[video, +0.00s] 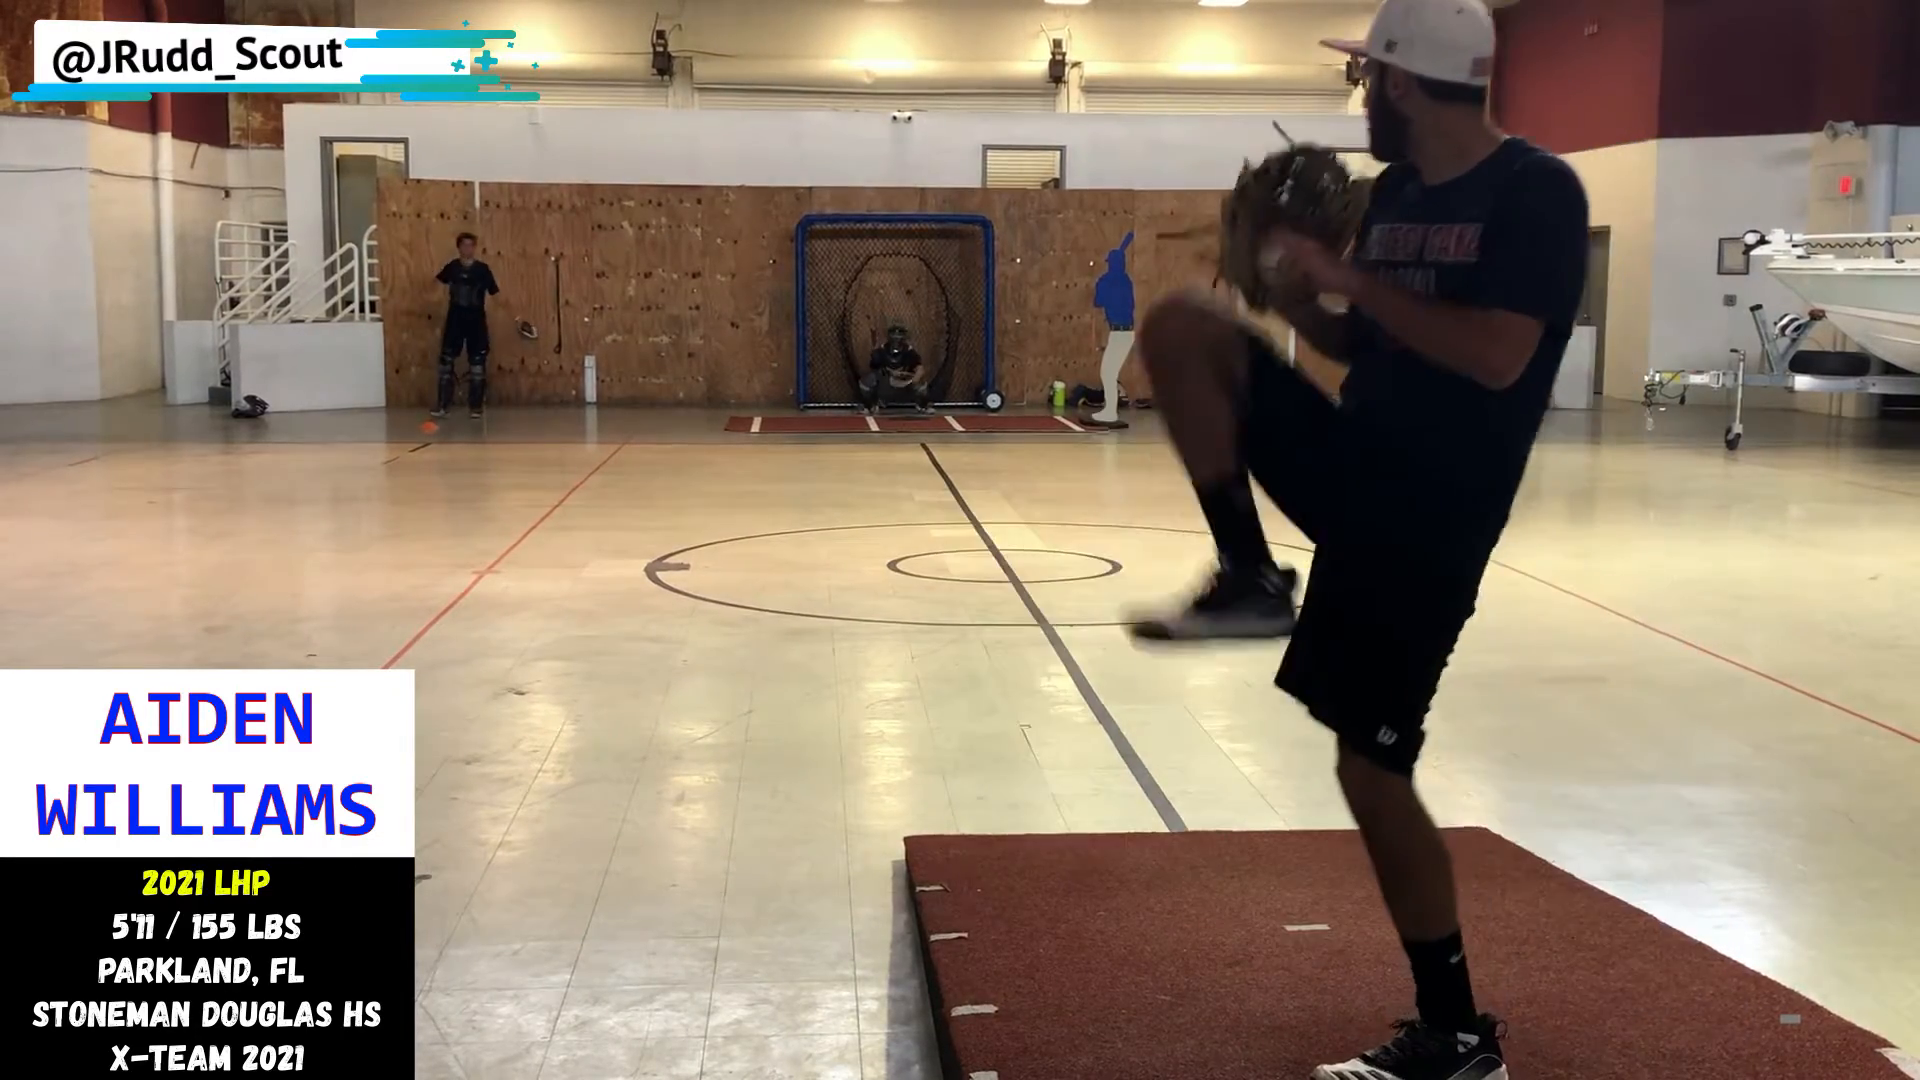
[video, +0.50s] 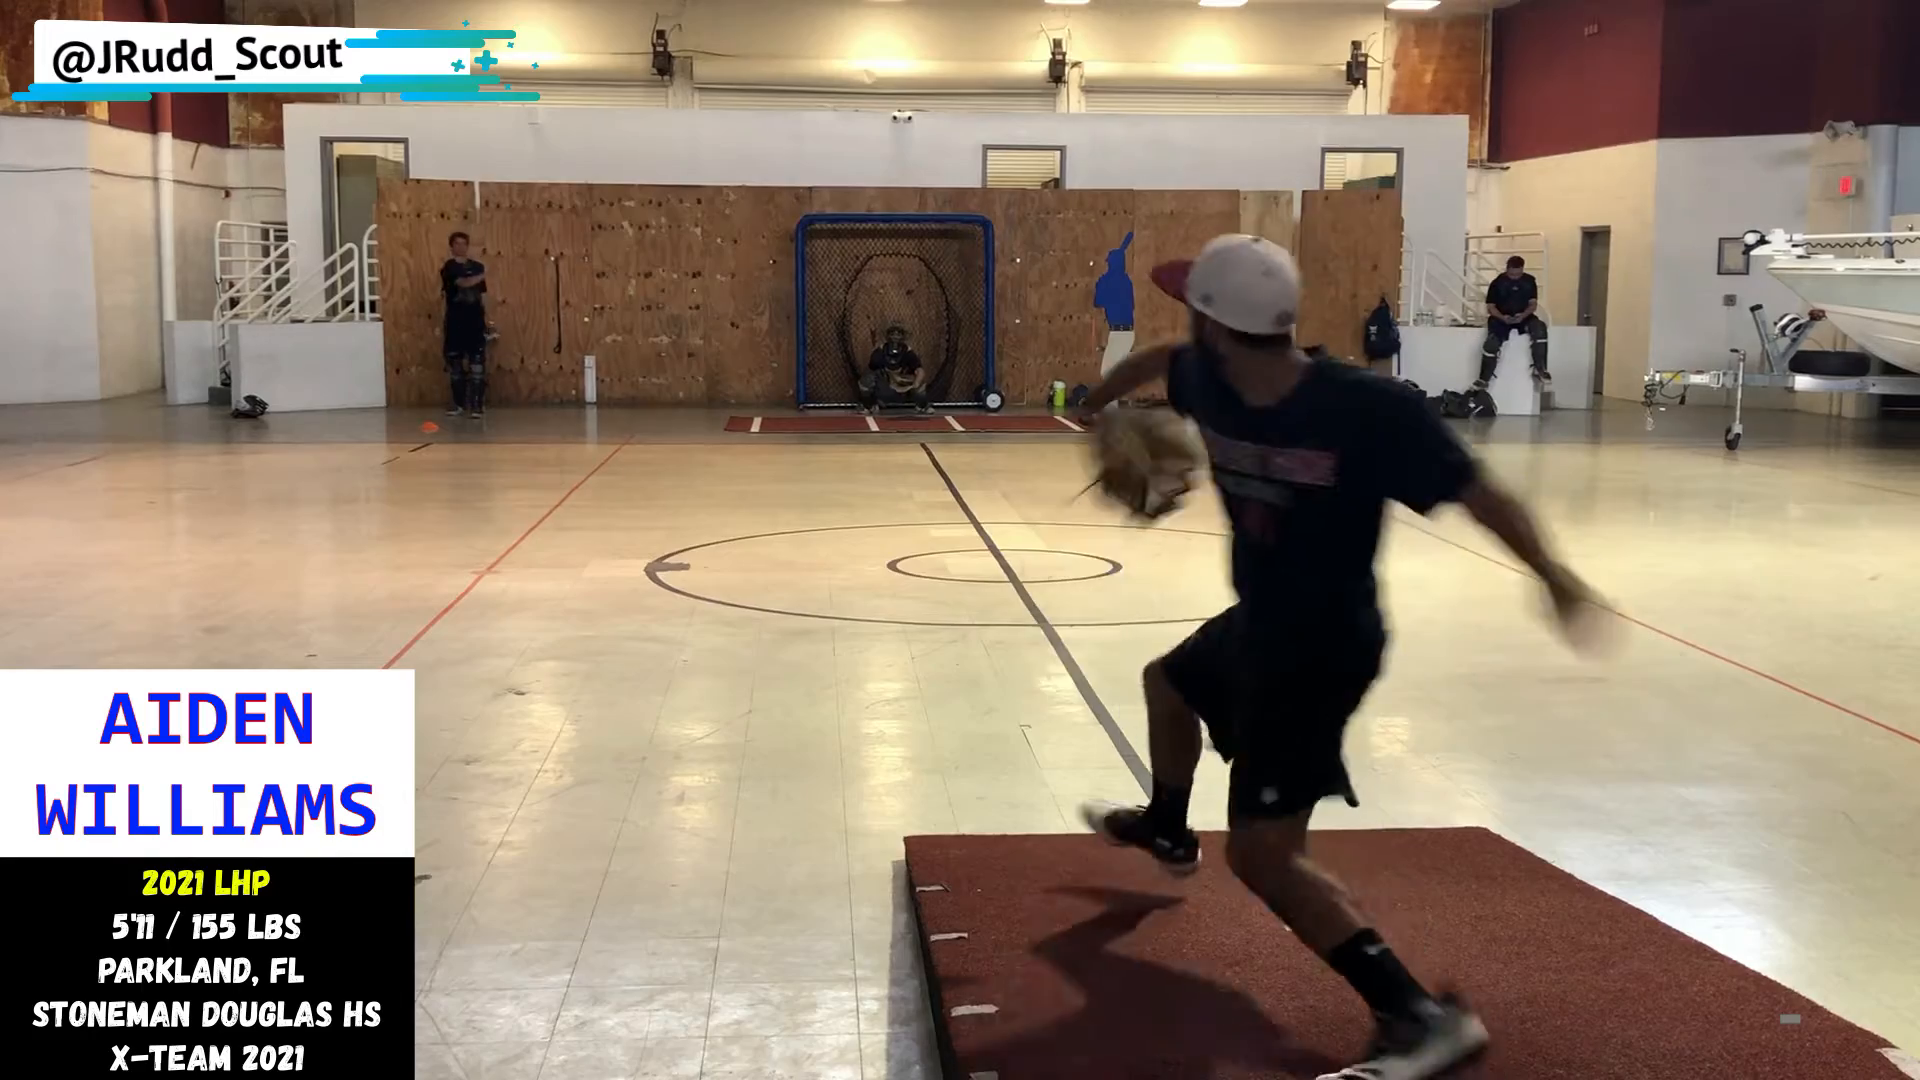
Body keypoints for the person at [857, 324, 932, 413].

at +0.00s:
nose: (897, 340)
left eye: (900, 337)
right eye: (894, 337)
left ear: (904, 338)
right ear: (889, 337)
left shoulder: (910, 352)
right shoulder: (880, 352)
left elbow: (920, 369)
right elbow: (876, 370)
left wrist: (913, 380)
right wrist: (892, 373)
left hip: (906, 382)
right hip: (886, 383)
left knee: (921, 386)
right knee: (866, 382)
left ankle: (922, 406)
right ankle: (871, 406)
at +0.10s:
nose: (896, 341)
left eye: (900, 338)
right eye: (894, 337)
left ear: (904, 338)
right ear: (888, 337)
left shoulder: (910, 352)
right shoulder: (879, 352)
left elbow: (919, 368)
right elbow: (873, 370)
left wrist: (914, 380)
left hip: (906, 383)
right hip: (886, 383)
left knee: (920, 386)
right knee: (866, 382)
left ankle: (922, 406)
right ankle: (870, 406)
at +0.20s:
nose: (896, 340)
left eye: (899, 337)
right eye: (893, 337)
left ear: (904, 338)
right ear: (888, 337)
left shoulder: (910, 353)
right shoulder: (878, 352)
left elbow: (919, 368)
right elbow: (873, 370)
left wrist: (915, 380)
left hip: (906, 386)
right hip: (885, 387)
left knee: (920, 386)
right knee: (866, 382)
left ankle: (922, 406)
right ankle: (870, 406)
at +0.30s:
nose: (895, 341)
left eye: (898, 338)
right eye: (892, 337)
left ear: (903, 339)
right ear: (887, 338)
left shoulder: (909, 352)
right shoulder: (877, 353)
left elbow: (919, 370)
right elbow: (871, 371)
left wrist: (914, 382)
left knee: (919, 384)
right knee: (866, 380)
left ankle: (922, 405)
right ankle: (869, 406)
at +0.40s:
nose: (894, 337)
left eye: (898, 334)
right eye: (891, 334)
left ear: (902, 337)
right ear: (887, 337)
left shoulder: (908, 352)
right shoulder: (878, 352)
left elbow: (919, 370)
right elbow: (871, 370)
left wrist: (914, 383)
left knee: (919, 385)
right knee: (866, 380)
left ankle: (921, 406)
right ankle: (869, 406)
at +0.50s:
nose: (895, 337)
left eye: (898, 335)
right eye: (892, 334)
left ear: (903, 337)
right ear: (888, 336)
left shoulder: (908, 352)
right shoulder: (879, 352)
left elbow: (920, 371)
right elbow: (872, 370)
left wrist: (915, 386)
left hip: (905, 379)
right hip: (885, 380)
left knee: (919, 387)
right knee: (866, 381)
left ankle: (921, 406)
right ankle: (870, 406)